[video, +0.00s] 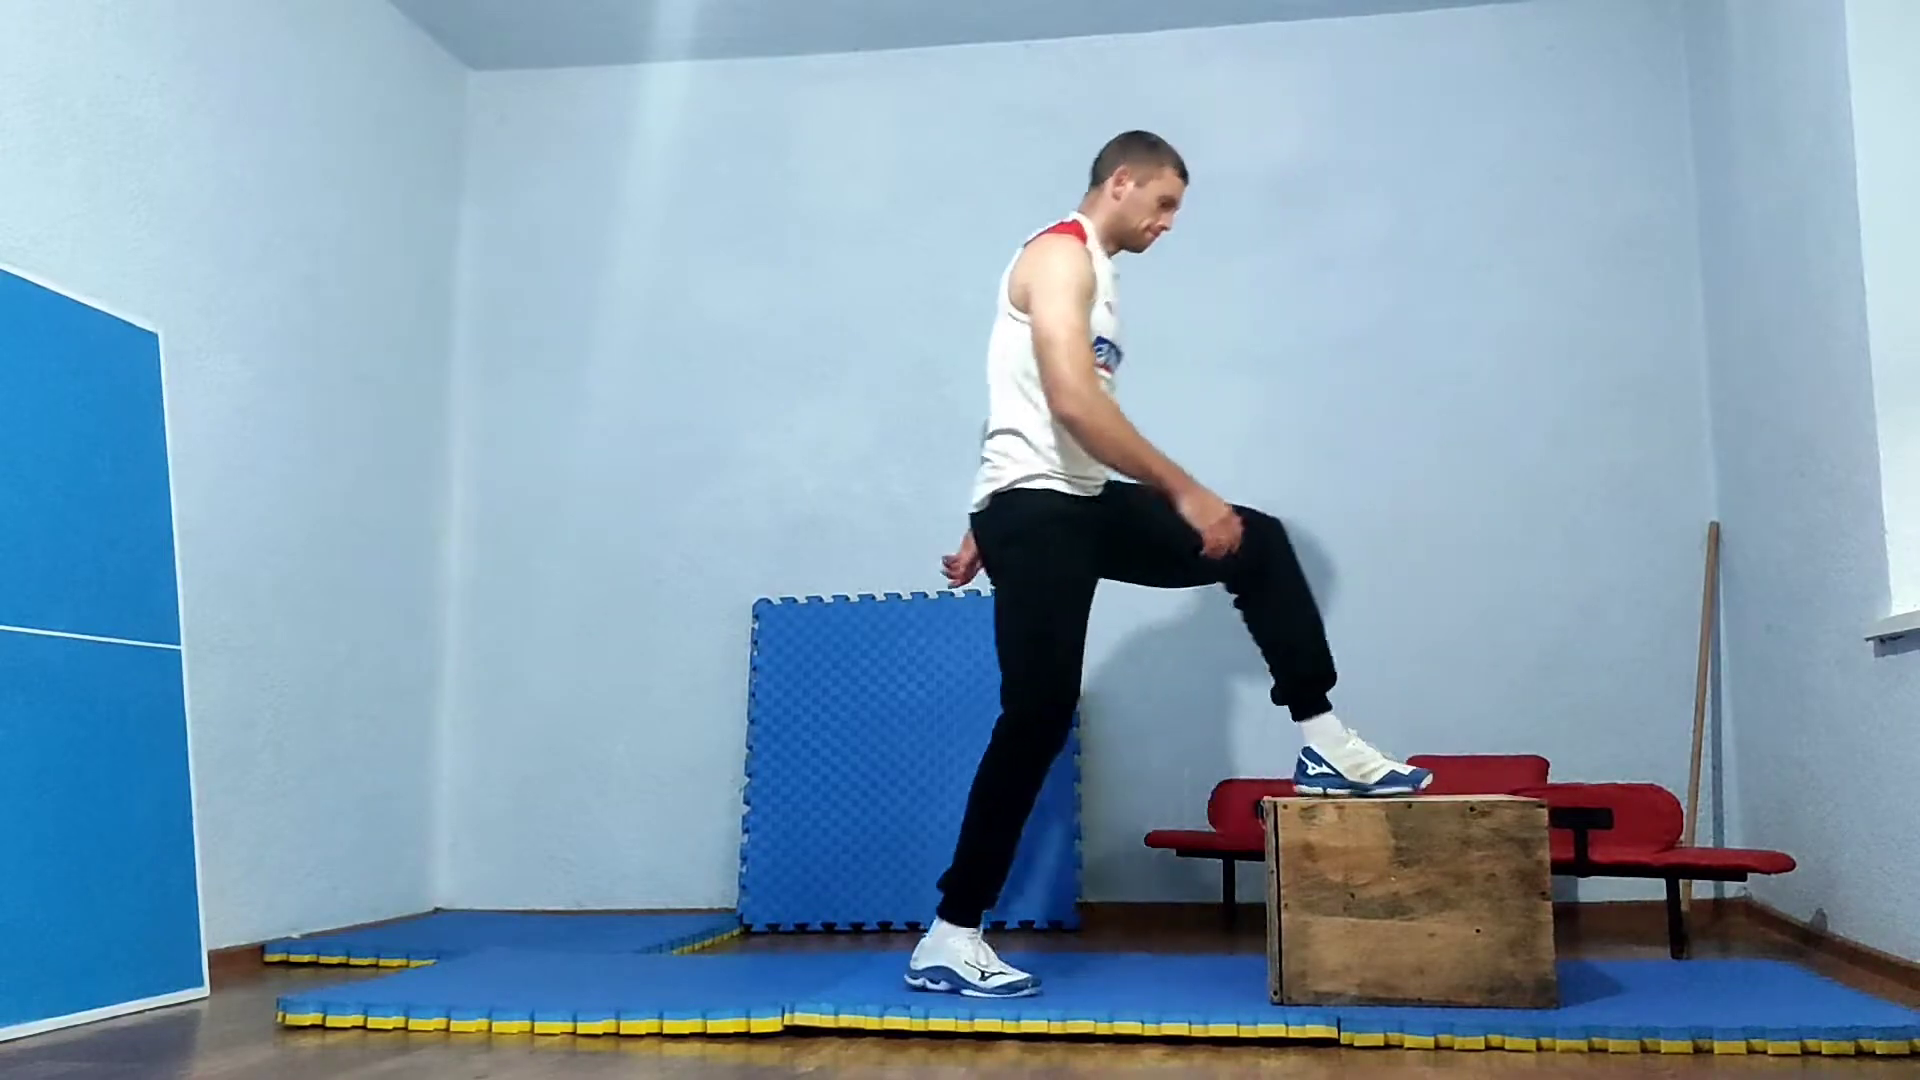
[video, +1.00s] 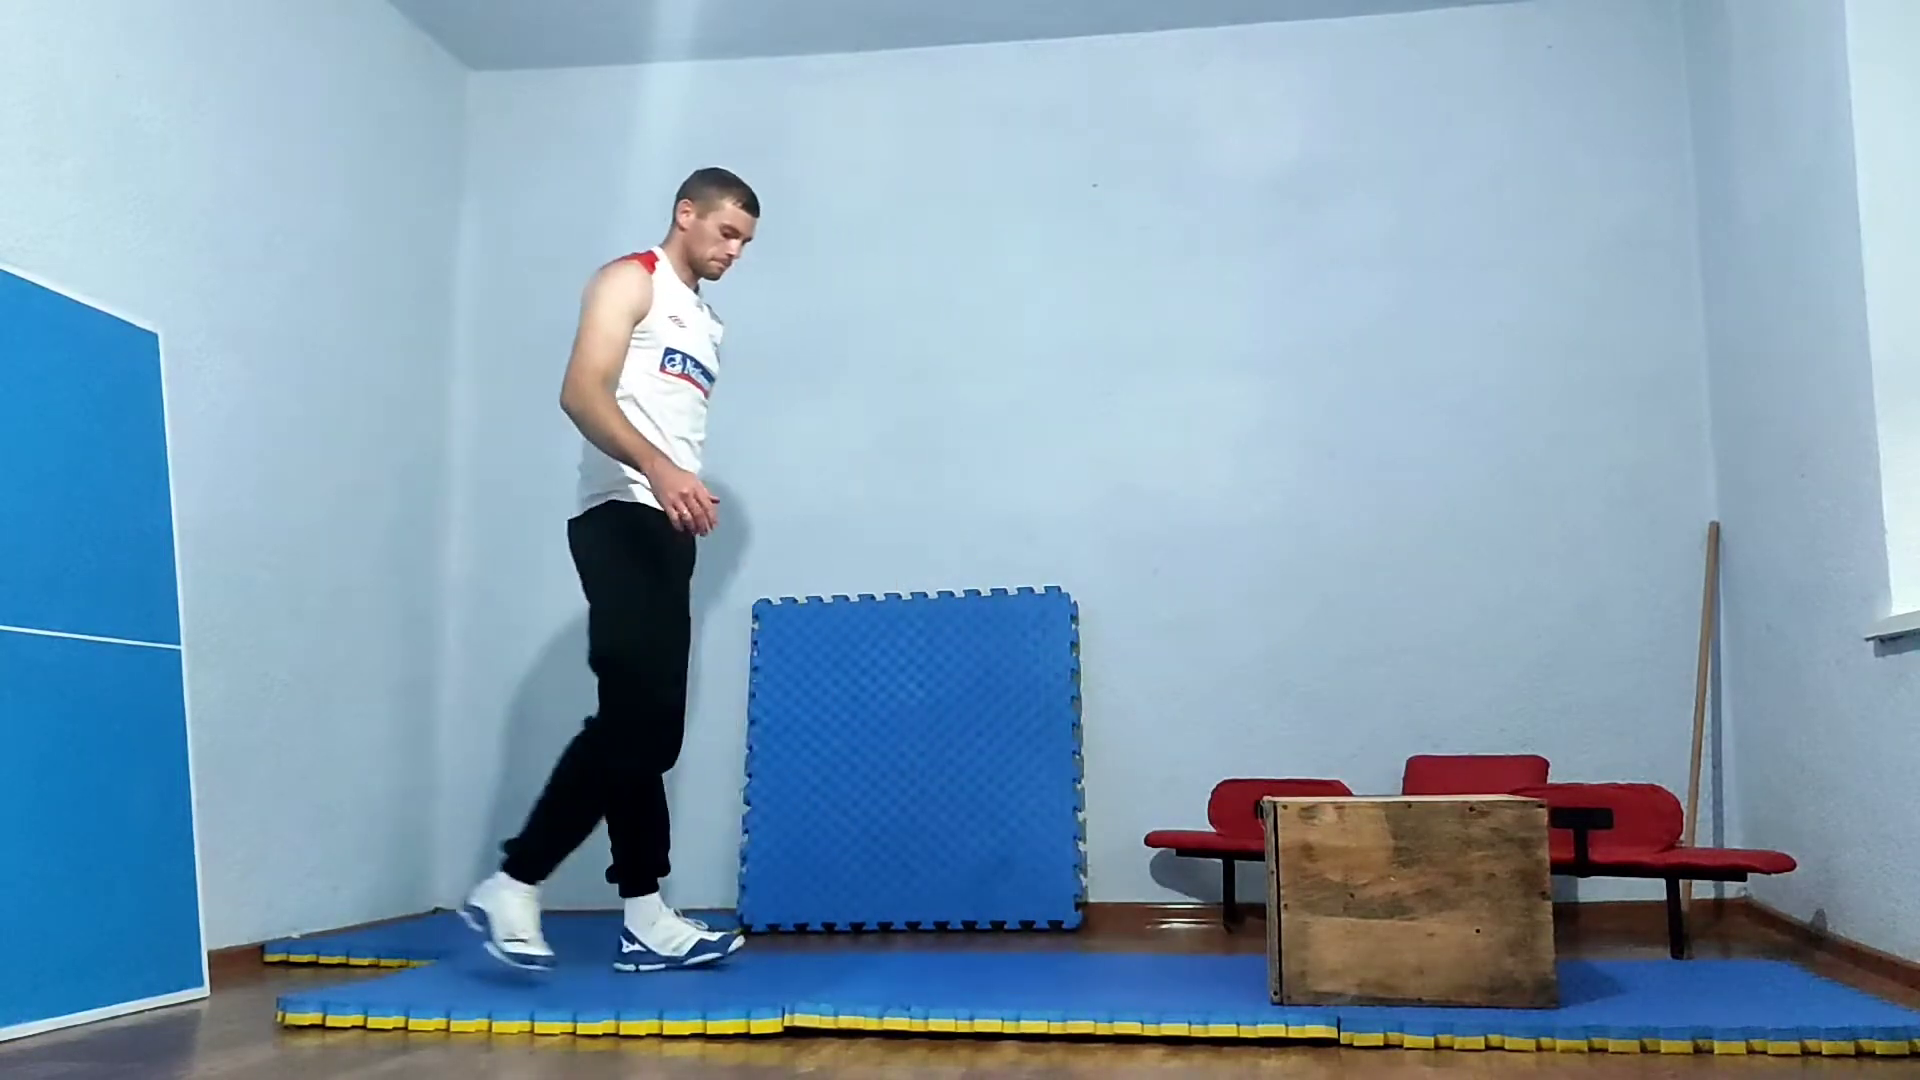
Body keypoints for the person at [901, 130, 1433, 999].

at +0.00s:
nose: (1167, 224)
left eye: (1174, 210)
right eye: (1164, 204)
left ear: (1129, 193)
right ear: (1116, 184)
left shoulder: (1091, 273)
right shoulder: (1058, 255)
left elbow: (1045, 416)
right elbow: (1075, 402)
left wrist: (989, 520)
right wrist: (1186, 491)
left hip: (1092, 507)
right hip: (1036, 513)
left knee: (1254, 541)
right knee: (1037, 715)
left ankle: (1327, 739)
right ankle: (949, 935)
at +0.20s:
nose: (1087, 206)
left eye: (1093, 194)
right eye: (1080, 188)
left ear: (1044, 178)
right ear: (1031, 173)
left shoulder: (1014, 255)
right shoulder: (986, 246)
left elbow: (965, 395)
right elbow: (954, 389)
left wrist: (987, 508)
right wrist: (998, 518)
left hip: (969, 484)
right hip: (925, 492)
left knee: (1131, 549)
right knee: (945, 705)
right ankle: (940, 933)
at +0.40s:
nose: (976, 212)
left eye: (982, 200)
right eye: (970, 193)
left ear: (947, 193)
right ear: (919, 180)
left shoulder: (922, 285)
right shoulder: (871, 256)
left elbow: (937, 426)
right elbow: (807, 378)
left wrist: (1018, 496)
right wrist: (822, 517)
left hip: (911, 508)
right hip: (874, 504)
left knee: (948, 701)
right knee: (940, 702)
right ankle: (944, 932)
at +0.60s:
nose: (874, 245)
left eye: (880, 233)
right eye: (866, 228)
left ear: (861, 232)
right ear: (818, 217)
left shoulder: (844, 330)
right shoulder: (768, 294)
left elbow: (873, 448)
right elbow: (690, 407)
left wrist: (952, 513)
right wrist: (698, 530)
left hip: (810, 538)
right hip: (780, 537)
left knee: (759, 737)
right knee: (861, 726)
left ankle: (663, 911)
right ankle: (930, 931)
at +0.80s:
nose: (800, 244)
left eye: (810, 234)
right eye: (792, 226)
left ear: (802, 236)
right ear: (748, 210)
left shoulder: (773, 322)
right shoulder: (688, 280)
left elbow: (775, 449)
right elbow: (629, 396)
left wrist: (805, 554)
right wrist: (670, 497)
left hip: (735, 525)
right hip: (693, 517)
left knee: (700, 716)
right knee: (764, 692)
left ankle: (655, 915)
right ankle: (757, 912)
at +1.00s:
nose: (735, 250)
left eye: (743, 241)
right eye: (728, 232)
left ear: (733, 242)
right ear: (684, 215)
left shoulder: (701, 318)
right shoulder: (629, 279)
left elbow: (667, 425)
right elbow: (581, 393)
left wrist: (685, 490)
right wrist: (661, 468)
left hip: (662, 527)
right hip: (619, 519)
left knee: (652, 724)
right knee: (635, 716)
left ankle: (646, 915)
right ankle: (510, 886)